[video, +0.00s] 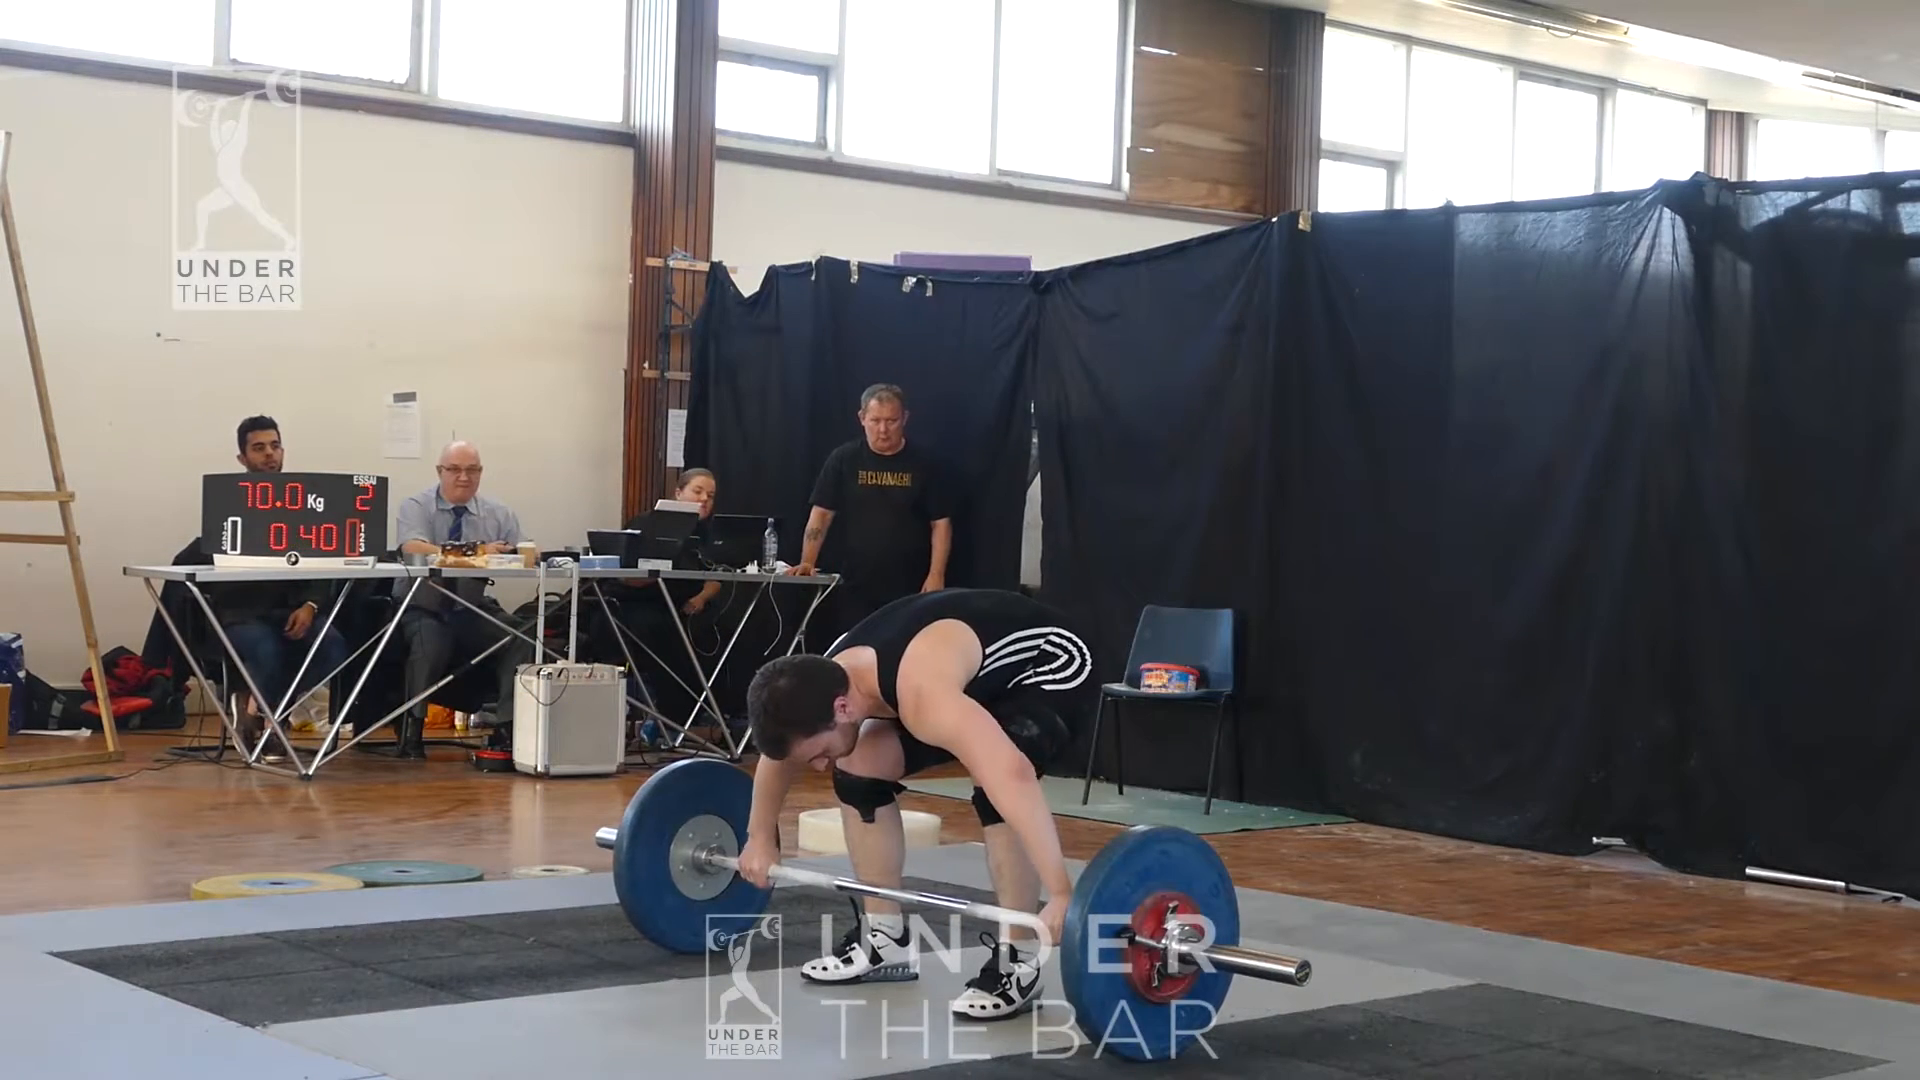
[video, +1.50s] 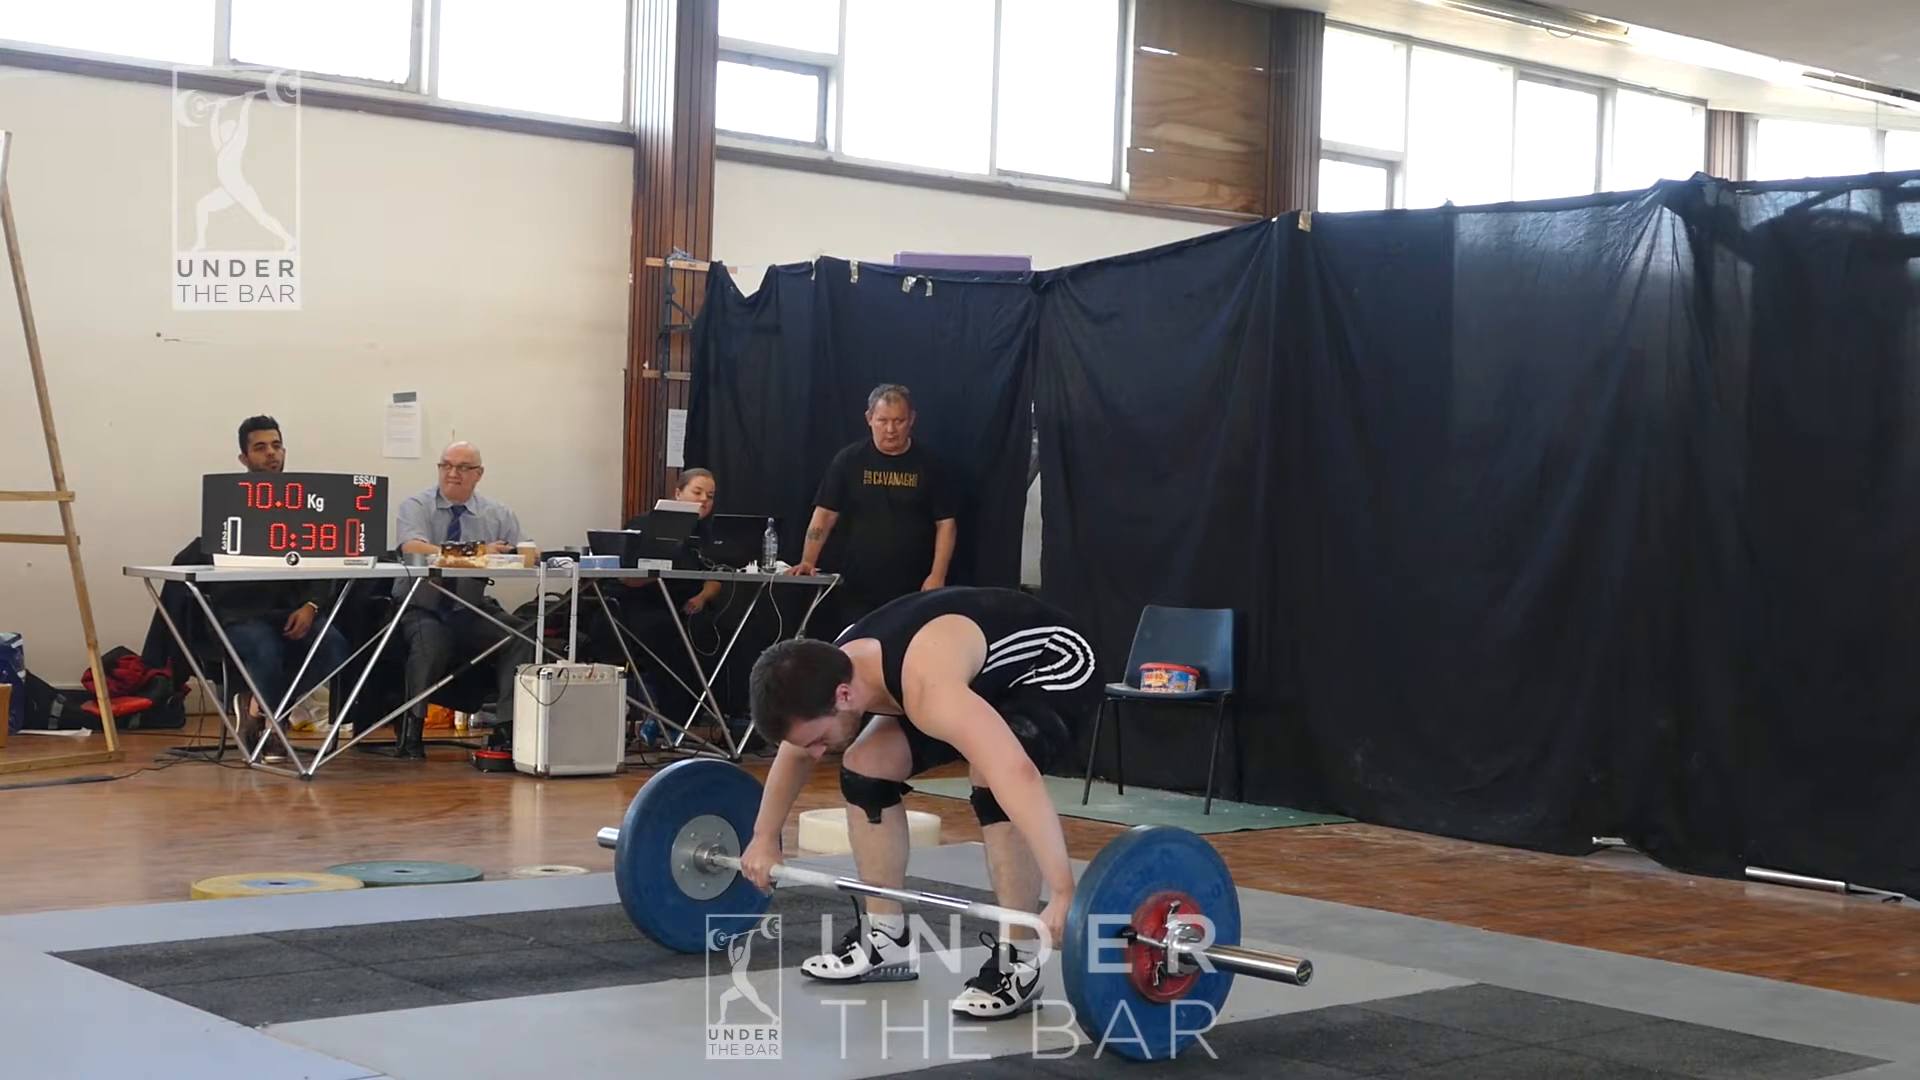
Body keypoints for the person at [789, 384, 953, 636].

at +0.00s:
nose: (883, 429)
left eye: (891, 421)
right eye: (875, 420)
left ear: (904, 419)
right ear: (862, 419)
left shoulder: (925, 463)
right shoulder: (843, 460)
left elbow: (941, 524)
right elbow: (821, 514)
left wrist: (936, 575)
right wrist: (807, 562)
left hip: (907, 585)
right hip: (855, 583)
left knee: (902, 670)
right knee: (853, 665)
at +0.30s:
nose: (881, 430)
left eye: (889, 421)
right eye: (873, 421)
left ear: (903, 419)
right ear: (860, 419)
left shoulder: (922, 464)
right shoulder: (843, 459)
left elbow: (938, 527)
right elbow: (822, 514)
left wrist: (929, 576)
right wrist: (808, 562)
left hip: (904, 585)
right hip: (852, 581)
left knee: (899, 668)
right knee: (849, 666)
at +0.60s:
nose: (882, 430)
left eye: (890, 422)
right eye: (875, 422)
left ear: (904, 420)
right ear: (862, 419)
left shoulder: (924, 465)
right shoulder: (844, 459)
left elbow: (938, 527)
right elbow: (822, 514)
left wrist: (928, 579)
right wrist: (807, 561)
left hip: (904, 588)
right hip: (853, 584)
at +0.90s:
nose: (886, 428)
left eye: (893, 420)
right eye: (878, 420)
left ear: (906, 420)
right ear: (864, 419)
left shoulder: (926, 464)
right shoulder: (845, 459)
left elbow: (941, 526)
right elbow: (823, 513)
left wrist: (935, 578)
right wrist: (807, 562)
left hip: (908, 588)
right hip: (856, 583)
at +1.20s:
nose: (887, 428)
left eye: (895, 420)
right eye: (879, 420)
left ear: (908, 419)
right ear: (866, 418)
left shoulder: (928, 464)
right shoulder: (846, 459)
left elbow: (943, 526)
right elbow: (823, 514)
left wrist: (937, 577)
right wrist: (808, 561)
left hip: (909, 588)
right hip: (857, 584)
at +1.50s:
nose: (890, 429)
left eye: (898, 421)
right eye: (882, 420)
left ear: (911, 420)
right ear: (869, 419)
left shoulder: (930, 464)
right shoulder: (849, 461)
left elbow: (946, 525)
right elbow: (824, 514)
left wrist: (937, 577)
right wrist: (808, 561)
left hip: (910, 588)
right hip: (857, 584)